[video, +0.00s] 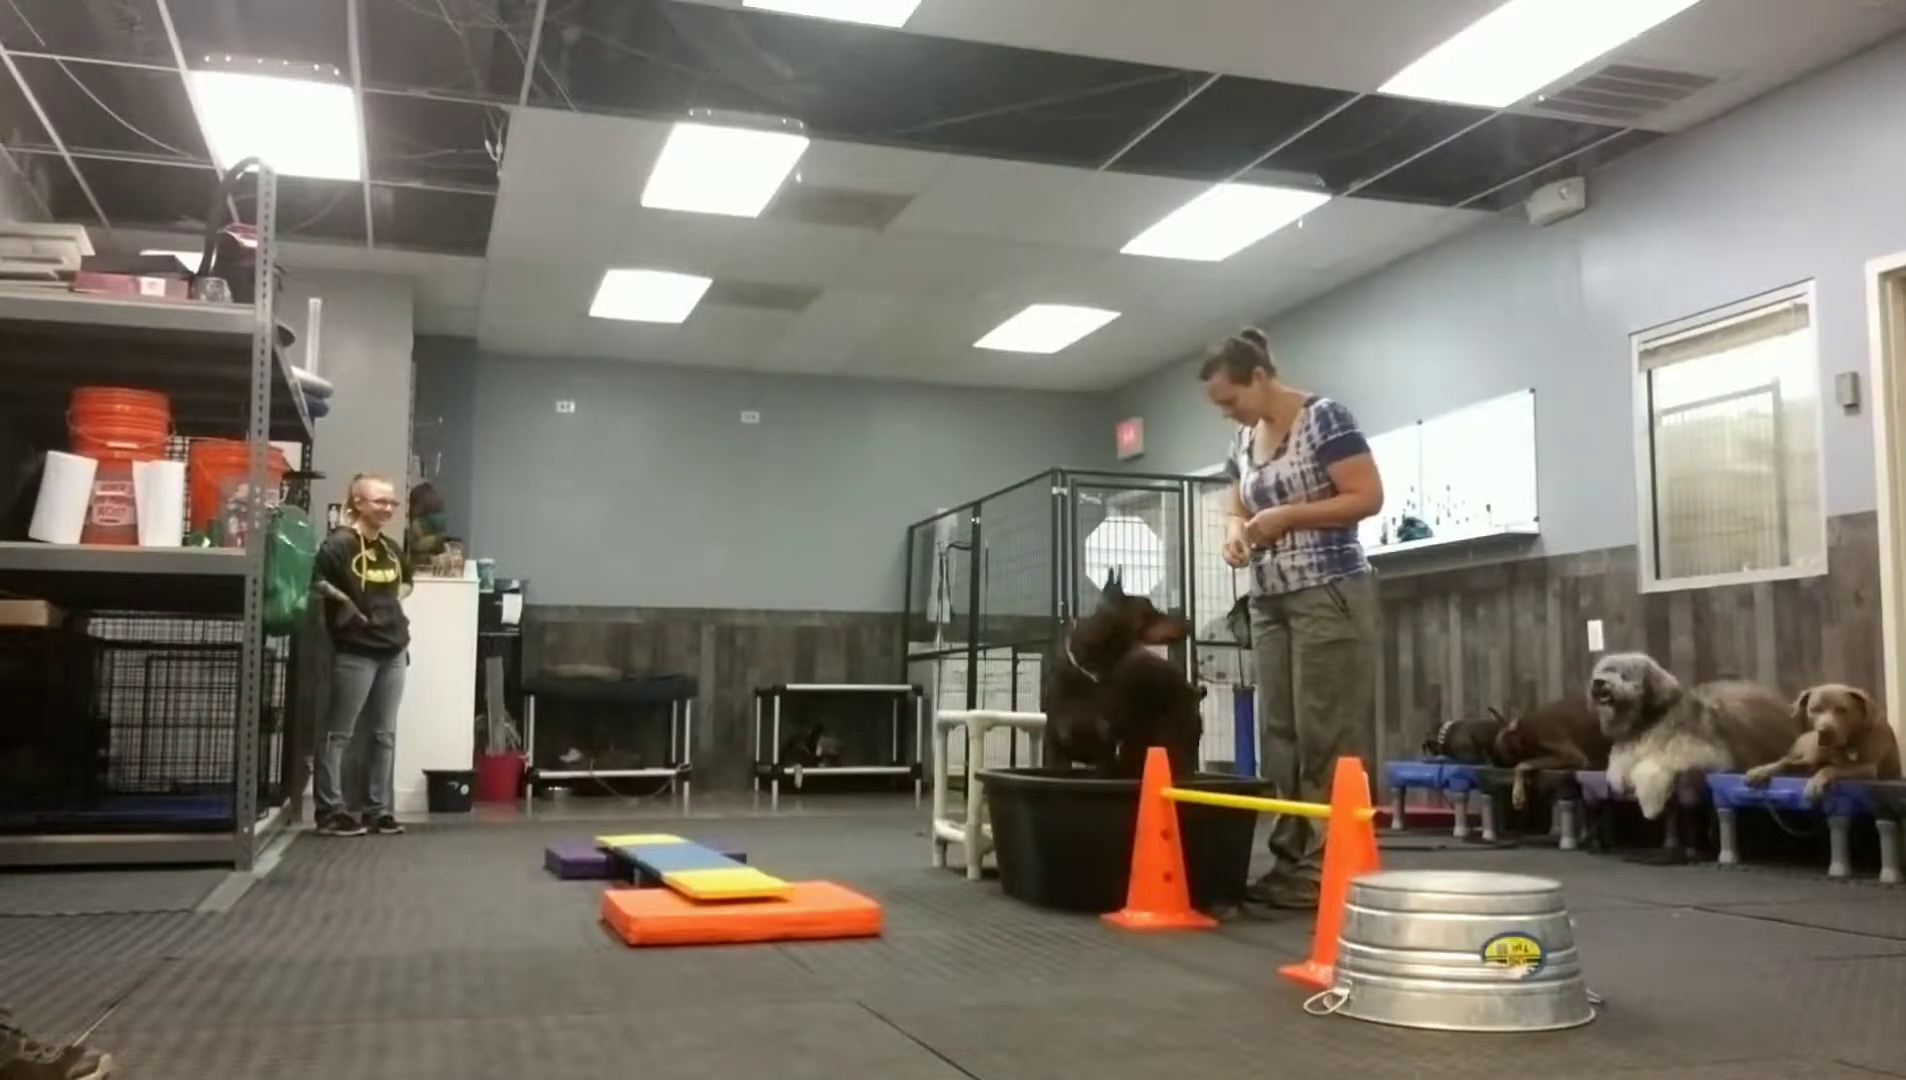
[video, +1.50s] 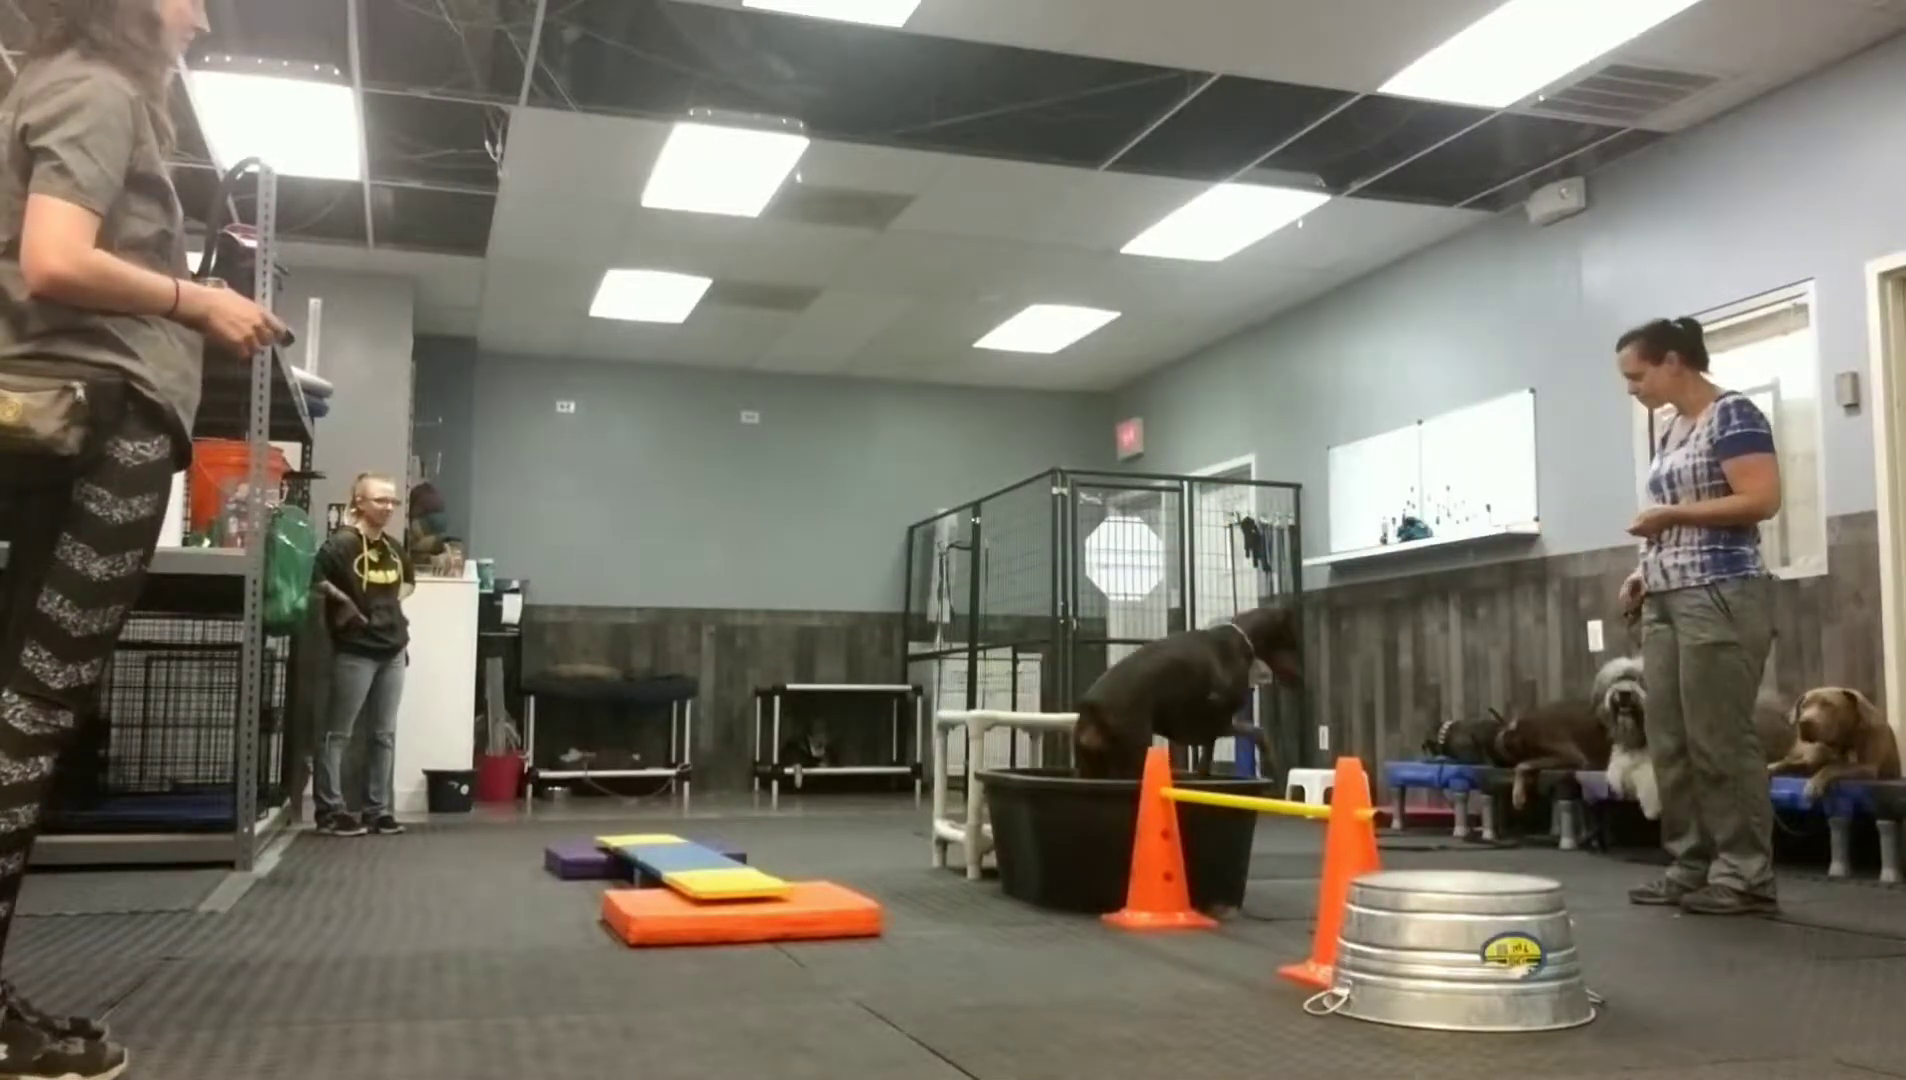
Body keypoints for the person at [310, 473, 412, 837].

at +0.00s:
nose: (389, 509)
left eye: (392, 503)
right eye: (381, 502)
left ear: (392, 507)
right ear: (358, 504)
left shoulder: (389, 547)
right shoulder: (338, 546)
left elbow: (403, 584)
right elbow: (317, 586)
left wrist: (394, 621)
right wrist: (347, 607)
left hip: (393, 649)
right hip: (355, 649)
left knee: (383, 734)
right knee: (338, 735)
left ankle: (377, 811)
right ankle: (330, 811)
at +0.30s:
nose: (390, 508)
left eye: (392, 502)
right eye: (382, 501)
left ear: (393, 506)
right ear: (360, 503)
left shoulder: (389, 545)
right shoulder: (339, 545)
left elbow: (404, 582)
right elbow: (315, 582)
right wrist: (345, 604)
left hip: (392, 649)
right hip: (355, 649)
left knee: (383, 734)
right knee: (338, 734)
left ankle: (377, 811)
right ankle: (329, 811)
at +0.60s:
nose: (389, 506)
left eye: (393, 501)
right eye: (382, 499)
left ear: (396, 505)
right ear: (361, 502)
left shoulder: (391, 545)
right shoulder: (341, 543)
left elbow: (409, 581)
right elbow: (315, 579)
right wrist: (345, 603)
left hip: (393, 649)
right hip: (355, 649)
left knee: (383, 735)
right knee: (338, 734)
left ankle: (378, 811)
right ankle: (330, 811)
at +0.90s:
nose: (389, 506)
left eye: (393, 500)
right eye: (382, 499)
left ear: (395, 505)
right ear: (361, 502)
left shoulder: (391, 545)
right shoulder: (340, 544)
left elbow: (409, 581)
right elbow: (314, 580)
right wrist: (345, 604)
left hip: (393, 649)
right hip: (355, 649)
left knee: (383, 735)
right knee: (338, 734)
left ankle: (378, 811)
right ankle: (330, 811)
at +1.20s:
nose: (389, 508)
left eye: (392, 502)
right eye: (381, 501)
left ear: (394, 506)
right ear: (360, 502)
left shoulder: (391, 546)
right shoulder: (340, 545)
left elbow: (407, 582)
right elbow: (314, 582)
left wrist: (392, 619)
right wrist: (346, 607)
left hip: (392, 649)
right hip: (355, 649)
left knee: (384, 735)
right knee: (339, 735)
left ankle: (377, 811)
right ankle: (330, 811)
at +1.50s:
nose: (389, 508)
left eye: (392, 502)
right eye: (381, 501)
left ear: (395, 506)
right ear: (359, 503)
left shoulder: (391, 546)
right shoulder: (339, 546)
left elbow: (403, 585)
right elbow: (316, 586)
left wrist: (395, 623)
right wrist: (346, 608)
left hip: (392, 650)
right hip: (355, 650)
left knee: (383, 734)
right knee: (339, 734)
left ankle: (378, 811)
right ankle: (330, 811)